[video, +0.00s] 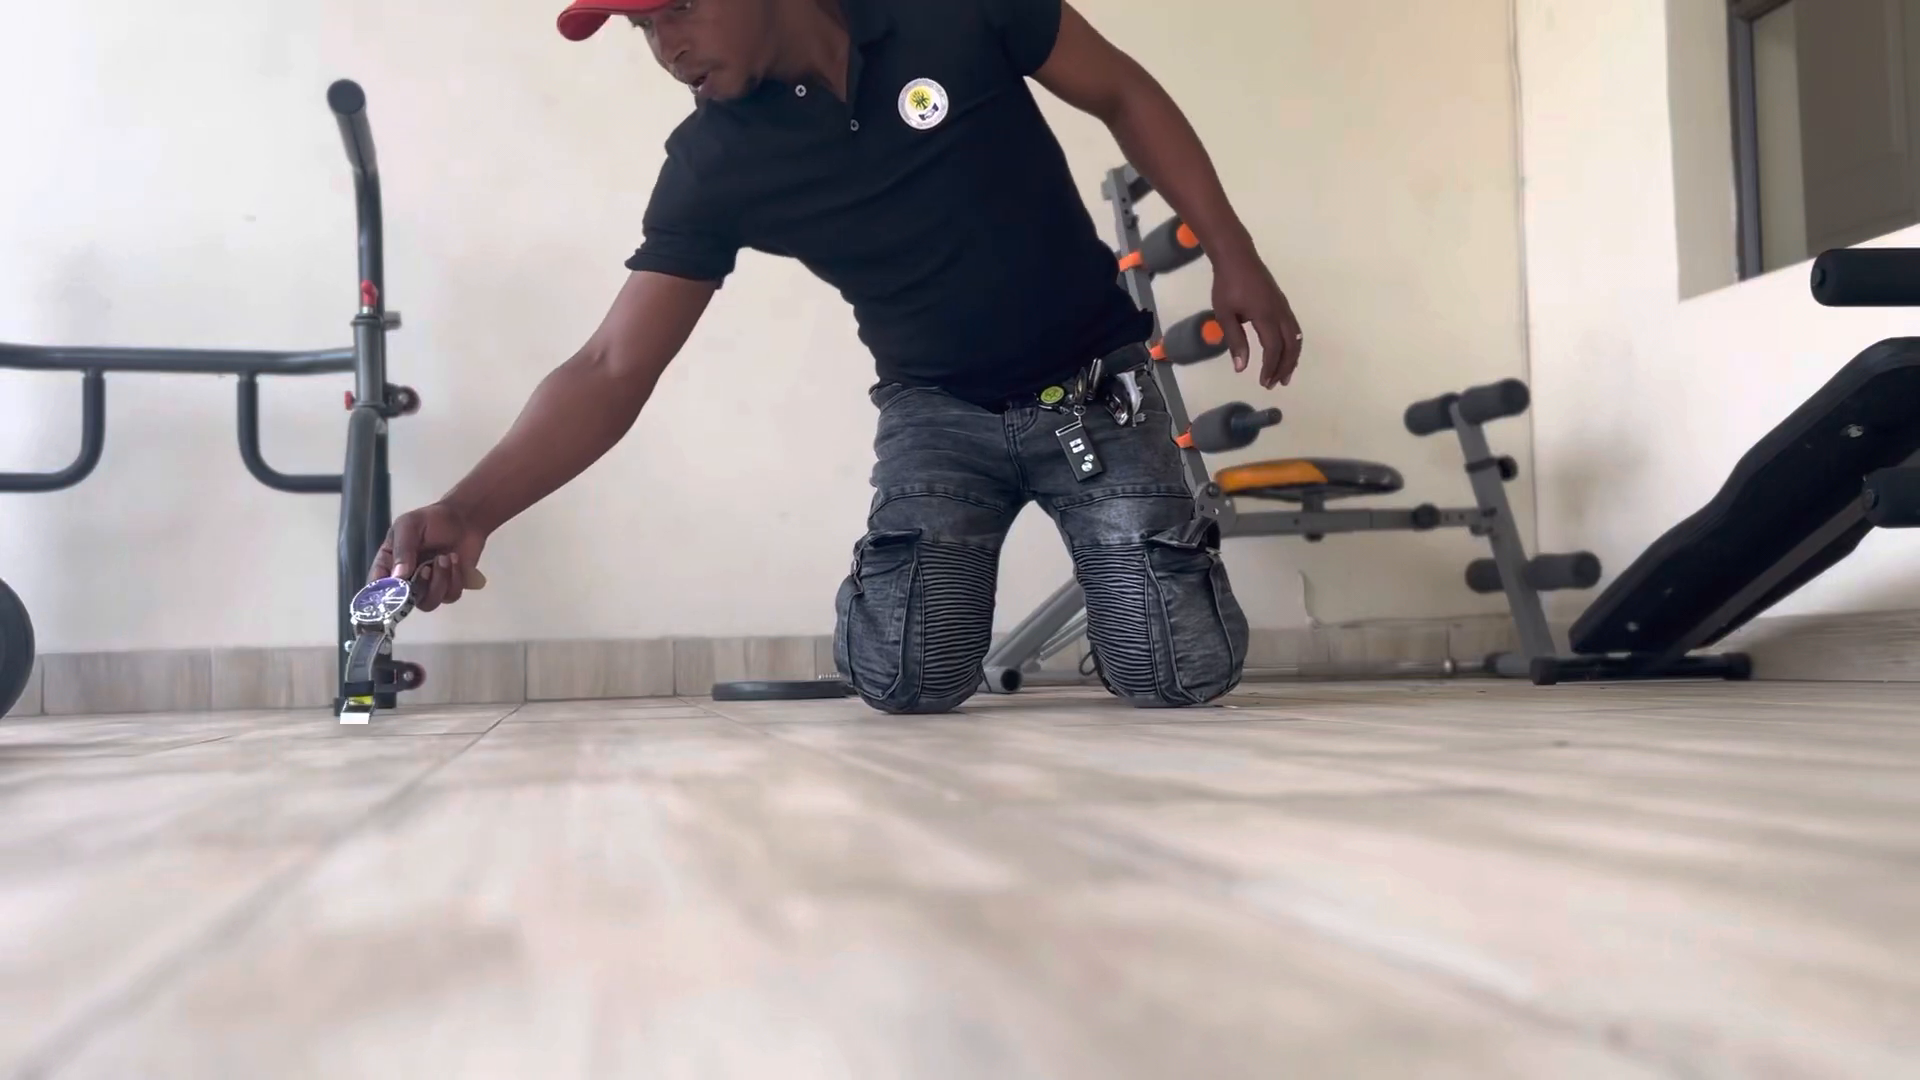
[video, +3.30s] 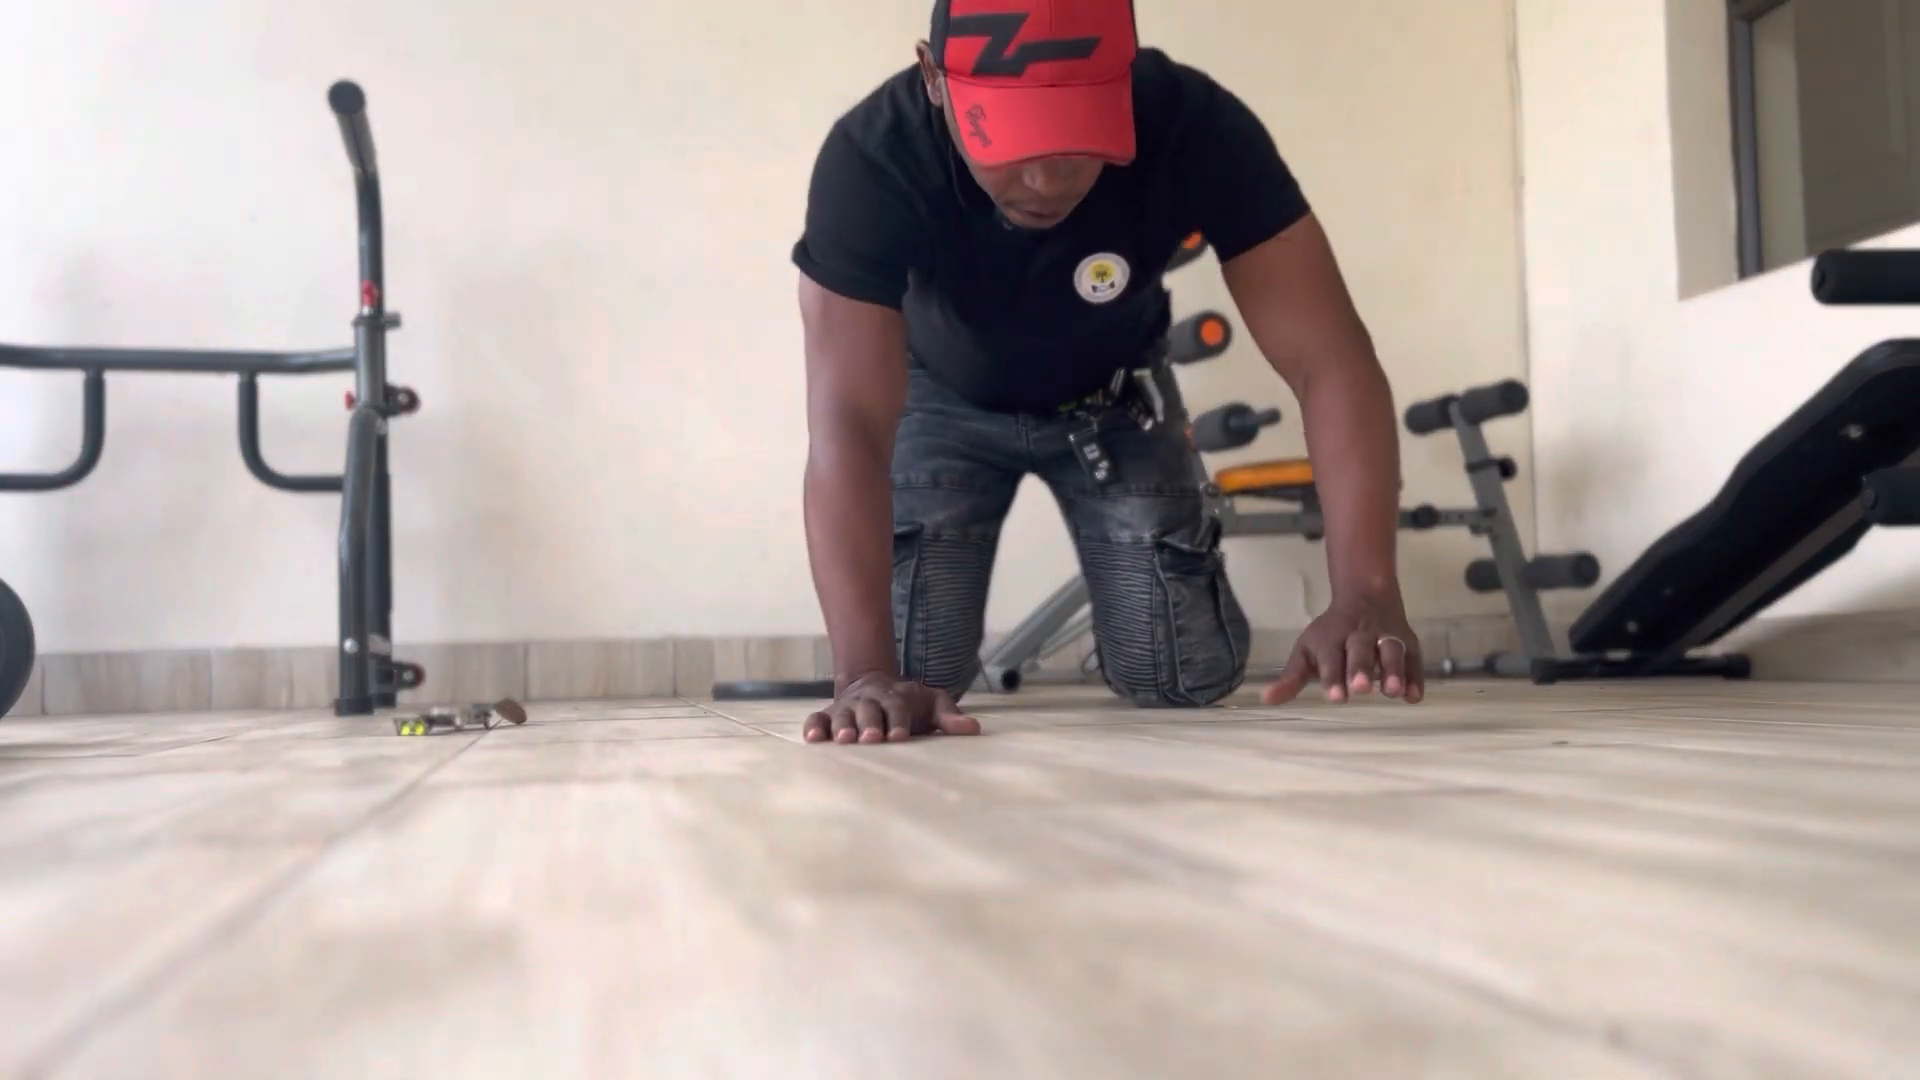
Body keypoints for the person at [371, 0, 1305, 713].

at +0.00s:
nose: (660, 51)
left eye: (668, 17)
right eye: (643, 33)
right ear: (661, 37)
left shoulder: (957, 17)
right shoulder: (714, 164)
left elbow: (1124, 92)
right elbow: (608, 369)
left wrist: (1234, 255)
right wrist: (466, 512)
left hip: (1101, 387)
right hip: (937, 413)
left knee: (1187, 670)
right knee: (905, 676)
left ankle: (1127, 613)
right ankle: (941, 625)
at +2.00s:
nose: (638, 80)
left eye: (648, 40)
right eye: (617, 62)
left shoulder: (935, 19)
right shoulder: (707, 190)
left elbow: (1116, 96)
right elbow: (620, 419)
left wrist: (1220, 269)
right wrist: (511, 601)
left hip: (1098, 380)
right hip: (936, 409)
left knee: (1188, 671)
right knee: (907, 675)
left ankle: (1118, 609)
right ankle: (956, 627)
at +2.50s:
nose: (743, 18)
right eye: (716, 4)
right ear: (697, 11)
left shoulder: (975, 22)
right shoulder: (726, 166)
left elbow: (1144, 122)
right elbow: (646, 409)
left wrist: (1244, 313)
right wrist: (546, 595)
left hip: (1101, 381)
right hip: (936, 408)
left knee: (1185, 670)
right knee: (904, 673)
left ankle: (1122, 608)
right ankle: (953, 631)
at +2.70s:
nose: (810, 1)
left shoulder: (1010, 21)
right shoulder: (750, 145)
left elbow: (1176, 151)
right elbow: (698, 387)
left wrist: (1255, 344)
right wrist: (647, 583)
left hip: (1099, 390)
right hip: (935, 413)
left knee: (1187, 669)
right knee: (906, 675)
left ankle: (1136, 618)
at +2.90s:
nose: (873, 11)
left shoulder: (1050, 29)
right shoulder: (780, 130)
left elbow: (1213, 192)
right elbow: (738, 374)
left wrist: (1274, 398)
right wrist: (744, 572)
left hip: (1102, 396)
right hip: (935, 414)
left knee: (1177, 670)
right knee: (909, 673)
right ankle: (891, 601)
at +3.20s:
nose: (989, 81)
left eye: (1023, 40)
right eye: (952, 44)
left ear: (1065, 20)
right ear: (894, 23)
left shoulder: (1144, 82)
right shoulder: (847, 151)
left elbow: (1276, 292)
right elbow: (833, 401)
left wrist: (1310, 508)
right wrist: (859, 637)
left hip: (1111, 399)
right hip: (935, 412)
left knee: (1181, 673)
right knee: (916, 689)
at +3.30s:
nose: (1045, 183)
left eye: (1077, 151)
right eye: (1012, 151)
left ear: (1119, 90)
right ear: (938, 84)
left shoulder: (1194, 129)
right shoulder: (873, 161)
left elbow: (1334, 361)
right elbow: (849, 424)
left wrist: (1364, 594)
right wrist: (866, 672)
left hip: (1114, 400)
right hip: (943, 408)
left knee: (1177, 676)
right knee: (916, 680)